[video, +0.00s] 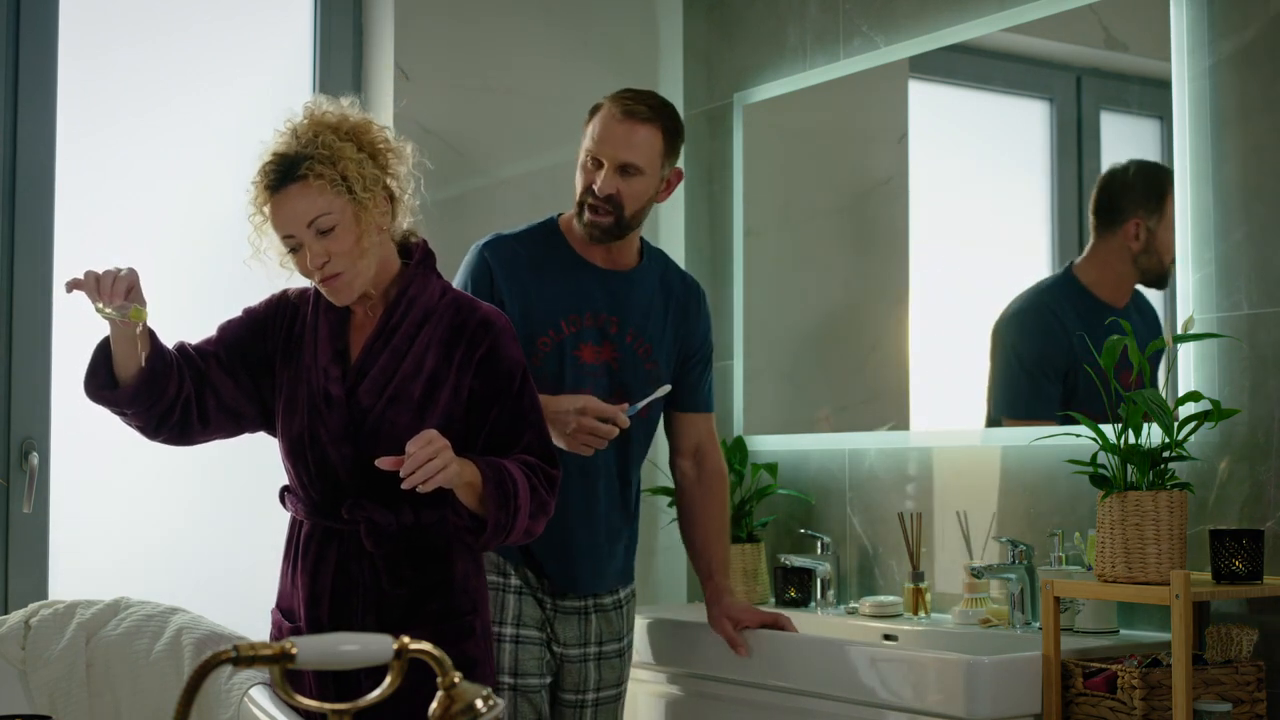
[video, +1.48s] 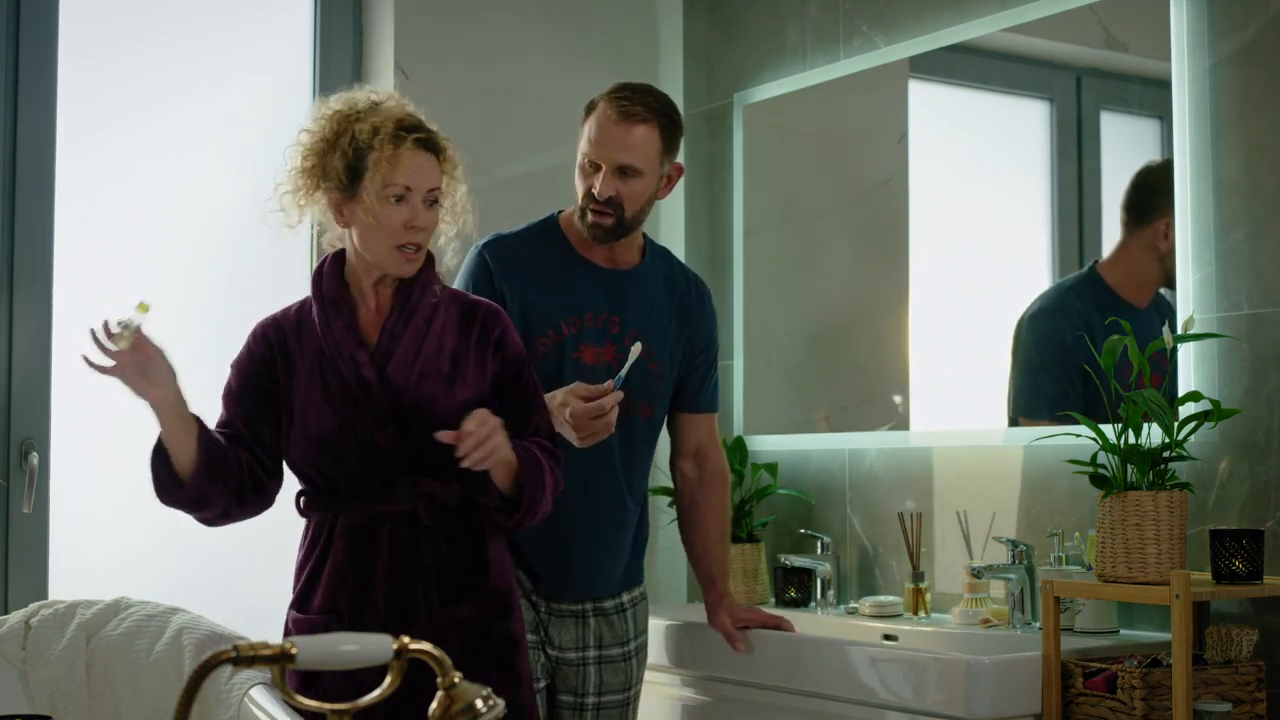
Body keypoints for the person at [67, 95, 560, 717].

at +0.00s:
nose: (312, 259)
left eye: (326, 230)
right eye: (294, 244)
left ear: (380, 208)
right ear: (281, 247)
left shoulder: (475, 333)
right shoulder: (289, 328)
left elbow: (533, 492)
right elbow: (170, 403)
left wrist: (464, 474)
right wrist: (127, 322)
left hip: (435, 618)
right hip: (312, 616)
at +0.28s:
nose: (313, 254)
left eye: (327, 225)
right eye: (295, 239)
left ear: (384, 207)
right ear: (285, 242)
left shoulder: (476, 335)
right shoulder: (290, 327)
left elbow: (532, 496)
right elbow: (174, 404)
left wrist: (462, 476)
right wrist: (128, 325)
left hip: (436, 620)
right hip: (311, 619)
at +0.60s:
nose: (317, 247)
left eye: (332, 219)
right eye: (300, 232)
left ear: (390, 204)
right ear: (291, 237)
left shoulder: (477, 335)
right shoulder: (292, 327)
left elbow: (533, 495)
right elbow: (177, 407)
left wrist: (463, 478)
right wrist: (129, 328)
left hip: (437, 619)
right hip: (313, 618)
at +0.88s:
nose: (317, 227)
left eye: (342, 204)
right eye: (311, 207)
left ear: (402, 212)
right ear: (303, 213)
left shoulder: (477, 333)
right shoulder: (293, 330)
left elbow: (530, 489)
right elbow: (190, 422)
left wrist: (461, 477)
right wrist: (127, 339)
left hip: (438, 615)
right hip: (316, 612)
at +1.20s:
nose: (360, 218)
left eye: (385, 199)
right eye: (343, 197)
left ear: (422, 214)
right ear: (321, 208)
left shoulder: (477, 331)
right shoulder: (289, 343)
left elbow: (529, 485)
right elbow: (222, 473)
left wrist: (466, 460)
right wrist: (148, 381)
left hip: (445, 617)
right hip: (319, 617)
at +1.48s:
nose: (422, 220)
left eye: (433, 200)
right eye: (398, 198)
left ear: (443, 207)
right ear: (341, 208)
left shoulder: (481, 329)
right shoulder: (283, 342)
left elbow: (539, 488)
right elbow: (237, 489)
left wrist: (504, 459)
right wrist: (167, 401)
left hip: (469, 609)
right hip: (341, 609)